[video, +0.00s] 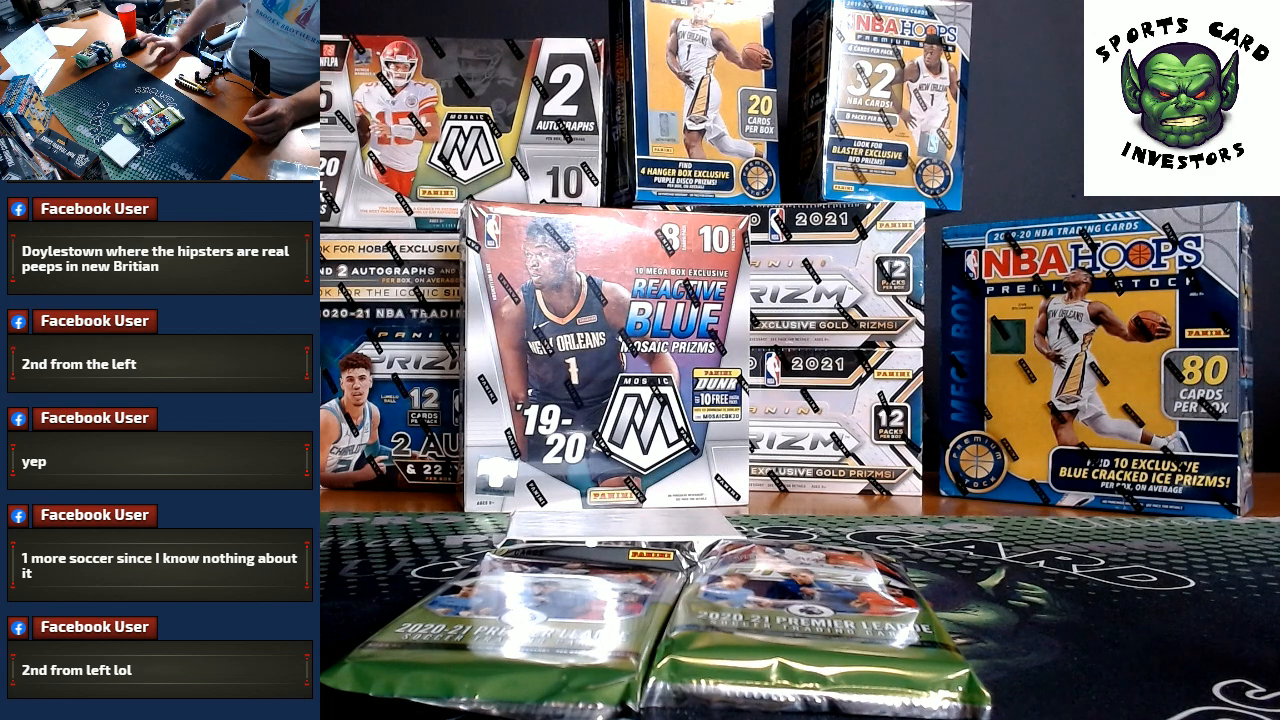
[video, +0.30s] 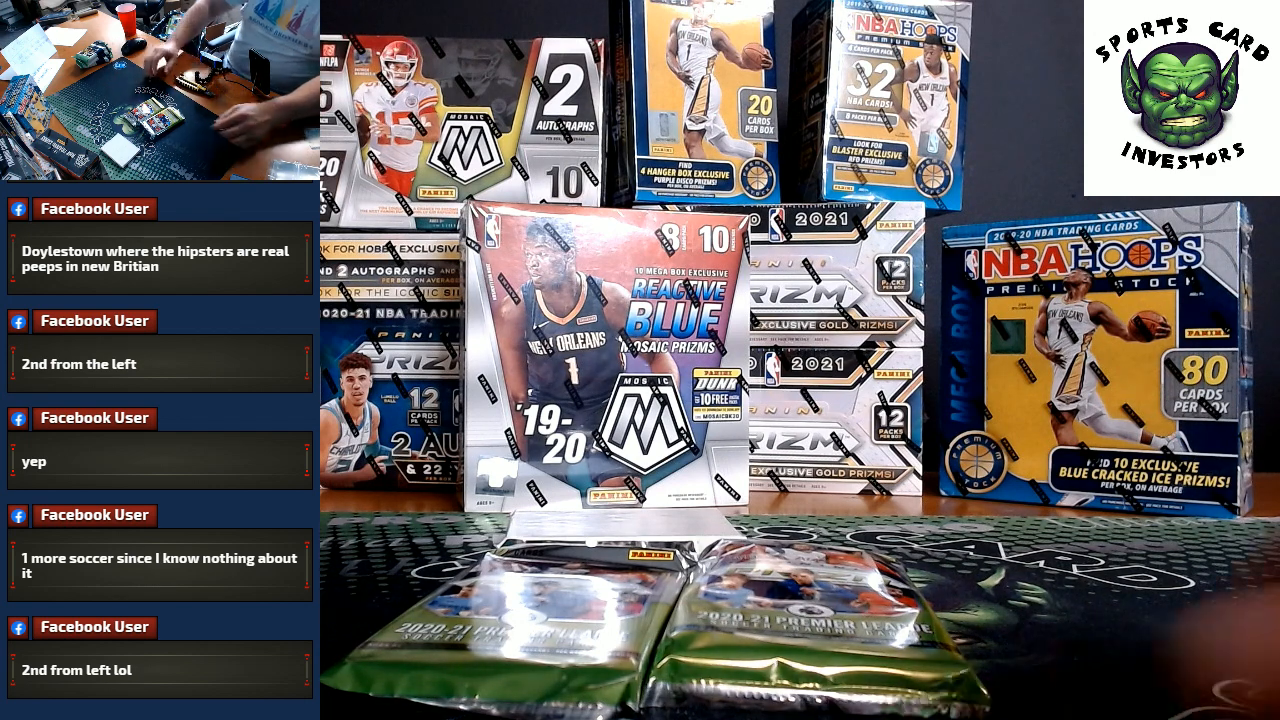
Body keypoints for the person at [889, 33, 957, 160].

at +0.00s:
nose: (928, 52)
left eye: (933, 49)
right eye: (926, 47)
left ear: (941, 51)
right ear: (923, 49)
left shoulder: (950, 70)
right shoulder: (913, 69)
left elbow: (955, 93)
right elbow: (886, 83)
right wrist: (900, 111)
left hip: (940, 116)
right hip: (918, 118)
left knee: (940, 153)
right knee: (923, 154)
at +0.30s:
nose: (928, 52)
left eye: (933, 49)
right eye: (926, 47)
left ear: (941, 51)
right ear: (923, 49)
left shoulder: (950, 70)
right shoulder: (913, 69)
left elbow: (955, 93)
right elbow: (886, 83)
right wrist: (900, 110)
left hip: (940, 116)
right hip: (918, 117)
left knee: (940, 153)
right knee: (923, 154)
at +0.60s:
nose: (928, 52)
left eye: (933, 49)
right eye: (926, 48)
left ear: (941, 51)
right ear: (923, 49)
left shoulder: (949, 71)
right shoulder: (913, 69)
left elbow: (955, 93)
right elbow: (887, 83)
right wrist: (900, 111)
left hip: (940, 117)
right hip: (918, 119)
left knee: (940, 155)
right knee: (922, 156)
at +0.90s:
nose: (928, 53)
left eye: (933, 50)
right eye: (926, 48)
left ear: (941, 52)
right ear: (923, 49)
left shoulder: (949, 70)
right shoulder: (913, 69)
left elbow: (955, 93)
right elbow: (888, 84)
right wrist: (900, 111)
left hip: (941, 118)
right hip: (918, 119)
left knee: (940, 154)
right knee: (923, 155)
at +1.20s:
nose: (929, 52)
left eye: (933, 48)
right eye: (926, 47)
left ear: (941, 51)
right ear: (923, 49)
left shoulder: (949, 70)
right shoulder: (913, 69)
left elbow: (956, 94)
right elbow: (888, 84)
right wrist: (900, 110)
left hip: (941, 118)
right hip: (919, 119)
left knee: (941, 155)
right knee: (923, 155)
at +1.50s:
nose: (928, 55)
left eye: (932, 51)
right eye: (926, 50)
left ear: (941, 52)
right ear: (923, 50)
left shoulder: (949, 70)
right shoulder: (913, 68)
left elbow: (955, 93)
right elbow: (888, 83)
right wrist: (900, 110)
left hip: (940, 116)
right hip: (918, 118)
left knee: (940, 153)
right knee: (924, 154)